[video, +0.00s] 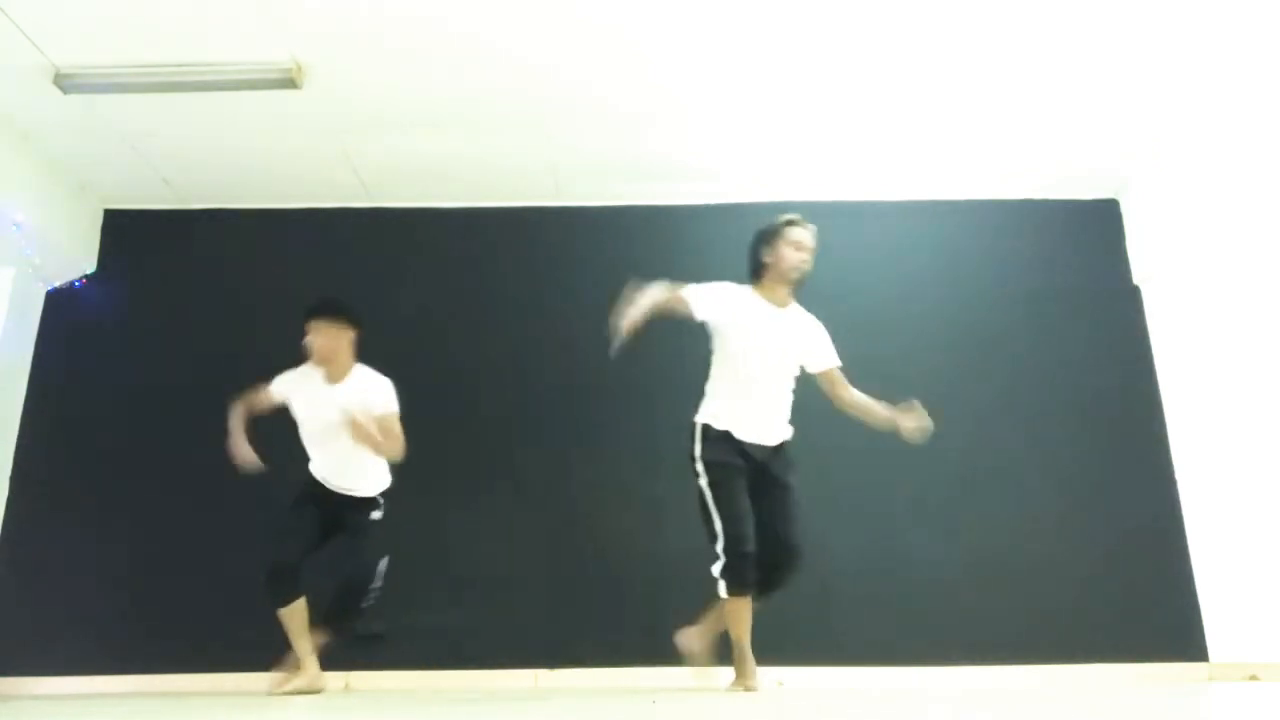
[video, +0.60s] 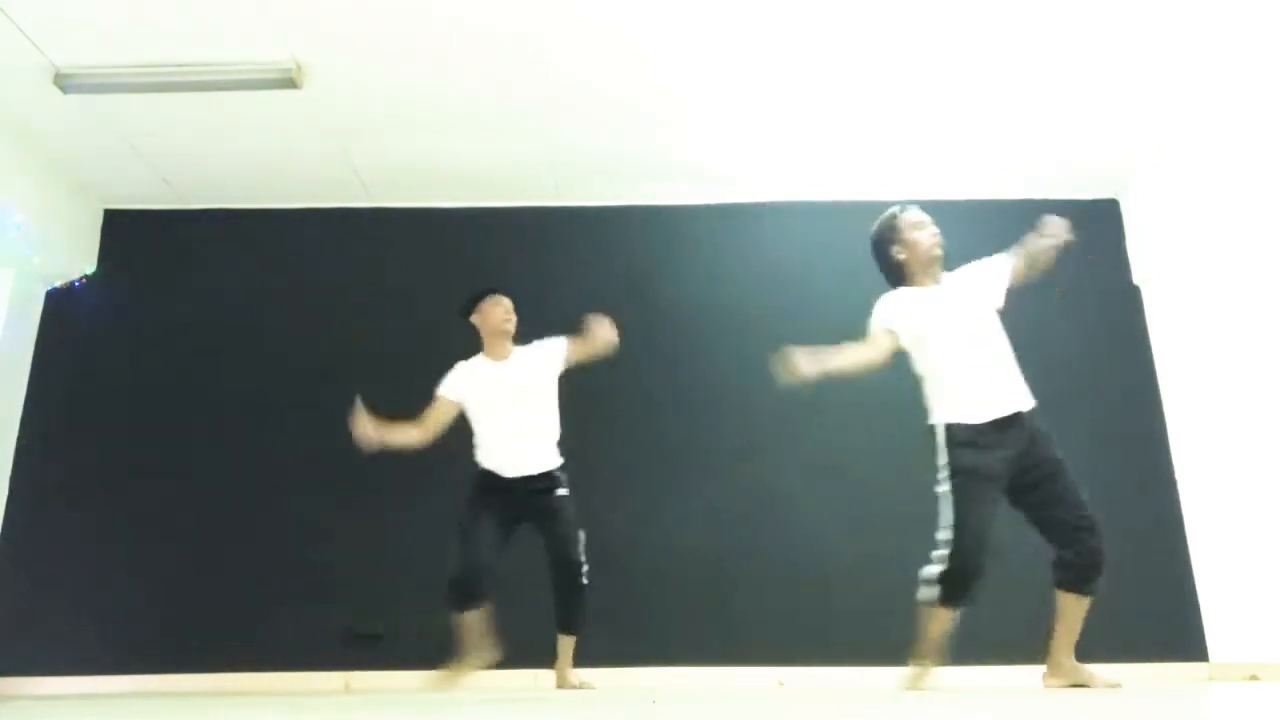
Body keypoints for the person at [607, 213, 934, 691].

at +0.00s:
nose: (803, 257)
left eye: (808, 251)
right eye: (794, 246)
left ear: (810, 261)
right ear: (767, 252)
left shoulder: (807, 328)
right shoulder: (729, 299)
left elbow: (841, 392)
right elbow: (661, 294)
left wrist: (894, 417)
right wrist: (632, 314)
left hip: (771, 447)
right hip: (720, 438)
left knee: (781, 555)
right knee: (739, 546)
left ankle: (699, 634)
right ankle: (744, 666)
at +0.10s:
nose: (835, 259)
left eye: (838, 252)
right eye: (826, 248)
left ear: (837, 264)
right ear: (797, 255)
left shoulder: (828, 331)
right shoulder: (751, 289)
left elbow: (865, 402)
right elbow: (700, 253)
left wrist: (901, 459)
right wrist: (742, 219)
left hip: (794, 446)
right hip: (739, 438)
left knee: (851, 539)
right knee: (751, 549)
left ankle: (807, 643)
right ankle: (746, 666)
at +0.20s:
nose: (856, 259)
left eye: (860, 252)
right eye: (847, 248)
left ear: (860, 265)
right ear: (818, 252)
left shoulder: (851, 330)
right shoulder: (780, 284)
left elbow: (879, 402)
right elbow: (752, 227)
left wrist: (904, 466)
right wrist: (815, 222)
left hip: (833, 448)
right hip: (773, 441)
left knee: (905, 537)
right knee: (765, 560)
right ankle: (749, 671)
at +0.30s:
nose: (877, 254)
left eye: (881, 249)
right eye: (866, 245)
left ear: (883, 262)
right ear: (841, 251)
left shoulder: (887, 326)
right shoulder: (813, 288)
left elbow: (914, 395)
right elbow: (793, 223)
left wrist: (941, 456)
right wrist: (854, 226)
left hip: (885, 448)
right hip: (824, 442)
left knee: (953, 546)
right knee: (793, 559)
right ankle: (752, 669)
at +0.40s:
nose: (908, 246)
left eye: (906, 238)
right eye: (897, 239)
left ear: (901, 256)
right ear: (870, 253)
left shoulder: (922, 319)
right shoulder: (847, 296)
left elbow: (970, 378)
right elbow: (812, 250)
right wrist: (864, 213)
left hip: (942, 447)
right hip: (884, 445)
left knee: (1023, 538)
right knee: (837, 561)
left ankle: (1058, 664)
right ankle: (760, 660)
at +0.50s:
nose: (927, 238)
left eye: (924, 232)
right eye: (914, 233)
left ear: (924, 249)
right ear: (888, 253)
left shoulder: (956, 305)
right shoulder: (877, 303)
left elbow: (1018, 332)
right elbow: (840, 309)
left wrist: (1081, 311)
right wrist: (810, 260)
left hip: (990, 445)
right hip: (930, 449)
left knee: (1066, 535)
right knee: (892, 565)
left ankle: (1060, 664)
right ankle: (822, 669)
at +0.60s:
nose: (933, 231)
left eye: (930, 224)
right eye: (919, 227)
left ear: (937, 238)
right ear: (896, 251)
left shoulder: (974, 278)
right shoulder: (895, 307)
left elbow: (1025, 260)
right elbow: (871, 350)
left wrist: (1048, 238)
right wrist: (811, 361)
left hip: (1021, 430)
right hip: (966, 439)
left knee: (1081, 542)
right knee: (960, 562)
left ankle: (1062, 665)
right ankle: (920, 669)